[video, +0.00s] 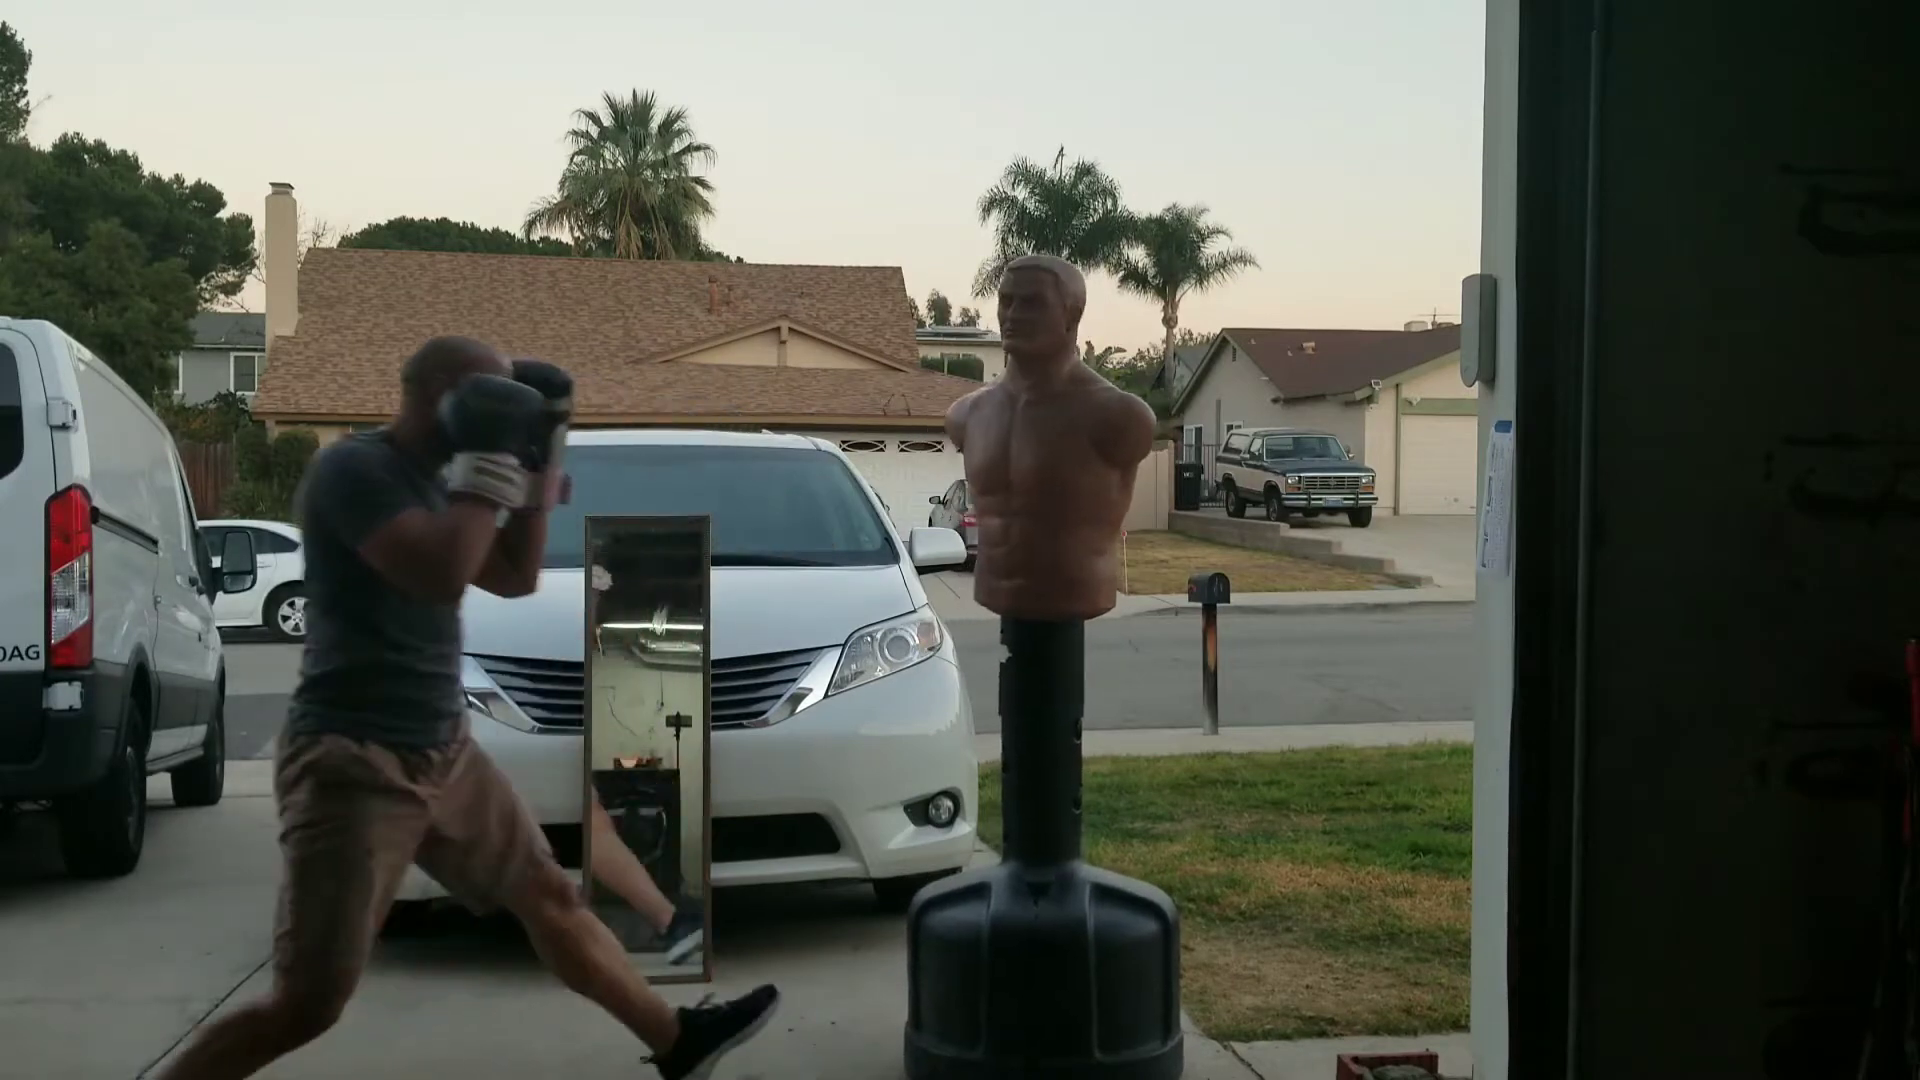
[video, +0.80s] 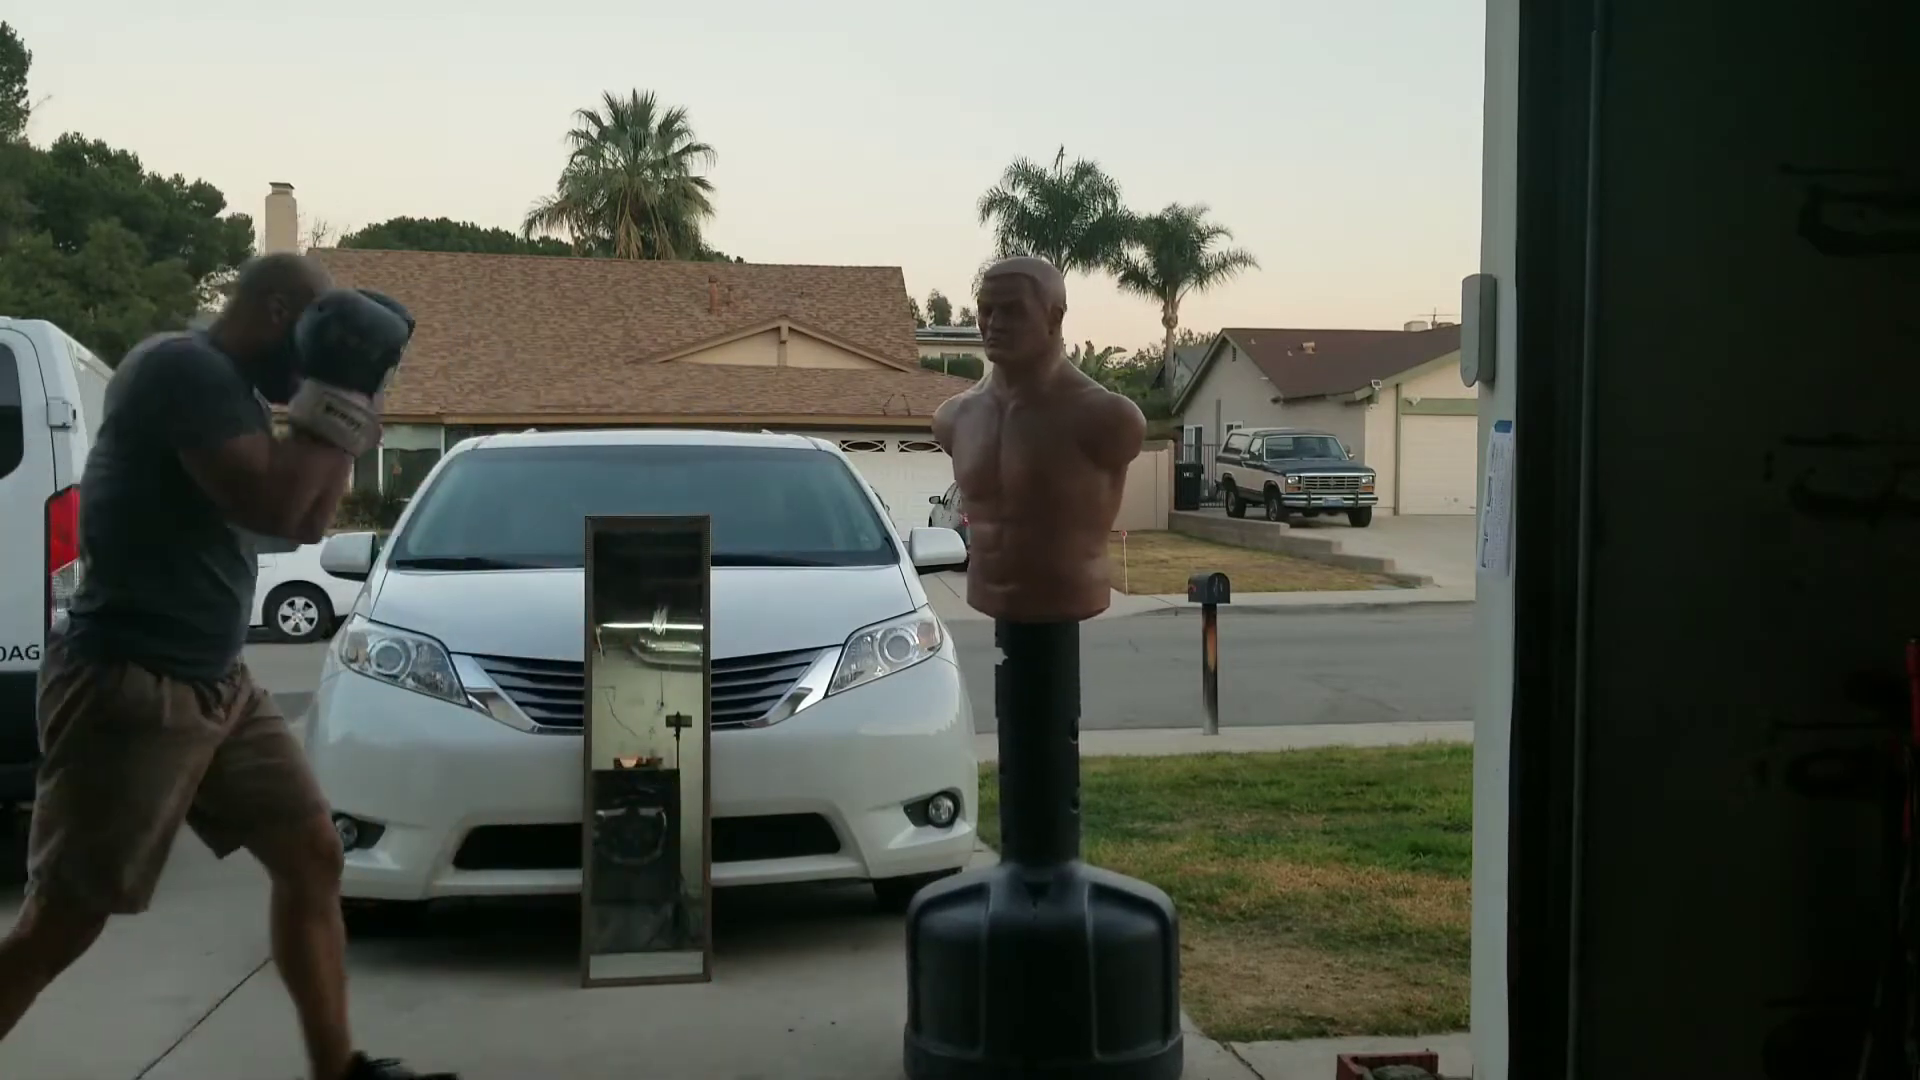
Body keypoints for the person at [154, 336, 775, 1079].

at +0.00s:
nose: (496, 415)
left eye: (501, 400)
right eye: (486, 398)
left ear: (459, 409)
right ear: (437, 397)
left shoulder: (443, 482)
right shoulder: (347, 469)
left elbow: (514, 577)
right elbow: (441, 573)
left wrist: (544, 448)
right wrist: (498, 456)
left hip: (444, 753)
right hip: (351, 760)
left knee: (552, 899)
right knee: (309, 1001)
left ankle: (670, 1036)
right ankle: (166, 1075)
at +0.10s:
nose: (411, 382)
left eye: (420, 368)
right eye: (401, 364)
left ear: (393, 373)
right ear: (348, 358)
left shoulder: (356, 442)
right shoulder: (262, 432)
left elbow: (452, 524)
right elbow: (362, 537)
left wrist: (481, 402)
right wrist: (410, 419)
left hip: (369, 714)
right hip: (276, 728)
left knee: (493, 848)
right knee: (268, 971)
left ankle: (560, 1050)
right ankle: (151, 1077)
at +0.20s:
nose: (363, 329)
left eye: (372, 315)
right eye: (352, 312)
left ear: (346, 314)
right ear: (294, 299)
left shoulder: (317, 381)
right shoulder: (212, 374)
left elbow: (396, 474)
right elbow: (312, 493)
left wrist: (432, 362)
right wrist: (359, 372)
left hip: (322, 658)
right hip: (217, 673)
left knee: (432, 823)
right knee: (198, 916)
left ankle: (412, 1054)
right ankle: (115, 1074)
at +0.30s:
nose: (315, 292)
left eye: (325, 276)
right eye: (306, 273)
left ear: (306, 276)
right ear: (249, 262)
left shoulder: (284, 346)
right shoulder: (165, 338)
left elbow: (345, 452)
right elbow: (265, 466)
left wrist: (402, 351)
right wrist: (321, 347)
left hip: (280, 640)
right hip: (172, 646)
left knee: (366, 836)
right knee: (138, 894)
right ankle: (45, 1073)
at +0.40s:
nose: (276, 309)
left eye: (283, 294)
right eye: (268, 290)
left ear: (224, 280)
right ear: (209, 278)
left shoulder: (241, 375)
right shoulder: (115, 362)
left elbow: (294, 491)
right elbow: (208, 492)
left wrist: (348, 415)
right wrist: (271, 373)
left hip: (234, 671)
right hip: (122, 675)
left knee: (295, 888)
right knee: (82, 924)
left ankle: (122, 1060)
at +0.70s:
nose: (292, 321)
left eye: (297, 306)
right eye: (284, 303)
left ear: (237, 292)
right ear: (229, 288)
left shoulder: (231, 383)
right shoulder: (127, 361)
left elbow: (250, 512)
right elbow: (180, 512)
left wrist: (327, 427)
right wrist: (279, 416)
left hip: (207, 673)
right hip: (105, 675)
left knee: (286, 867)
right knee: (55, 912)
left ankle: (178, 1067)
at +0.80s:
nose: (309, 351)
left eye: (316, 336)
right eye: (309, 332)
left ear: (269, 312)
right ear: (271, 312)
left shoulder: (232, 392)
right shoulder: (179, 368)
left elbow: (310, 520)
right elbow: (278, 508)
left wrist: (350, 411)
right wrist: (335, 395)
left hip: (215, 685)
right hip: (126, 685)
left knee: (310, 851)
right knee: (62, 921)